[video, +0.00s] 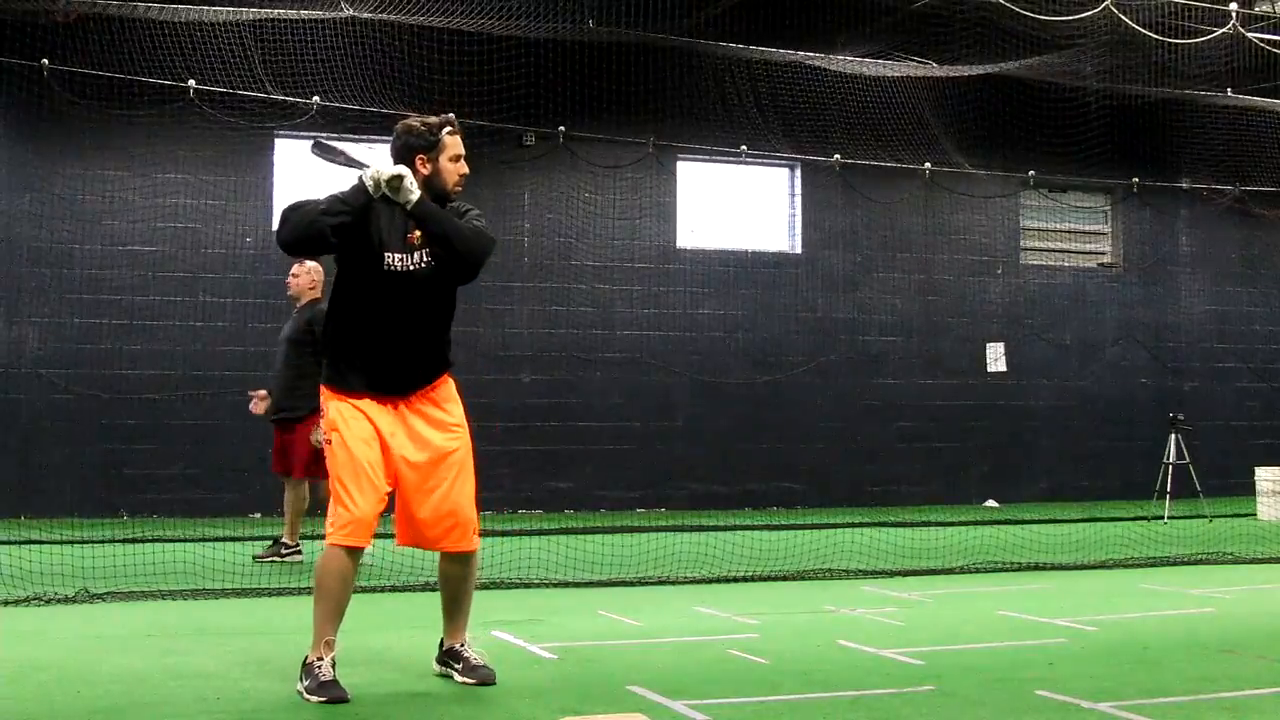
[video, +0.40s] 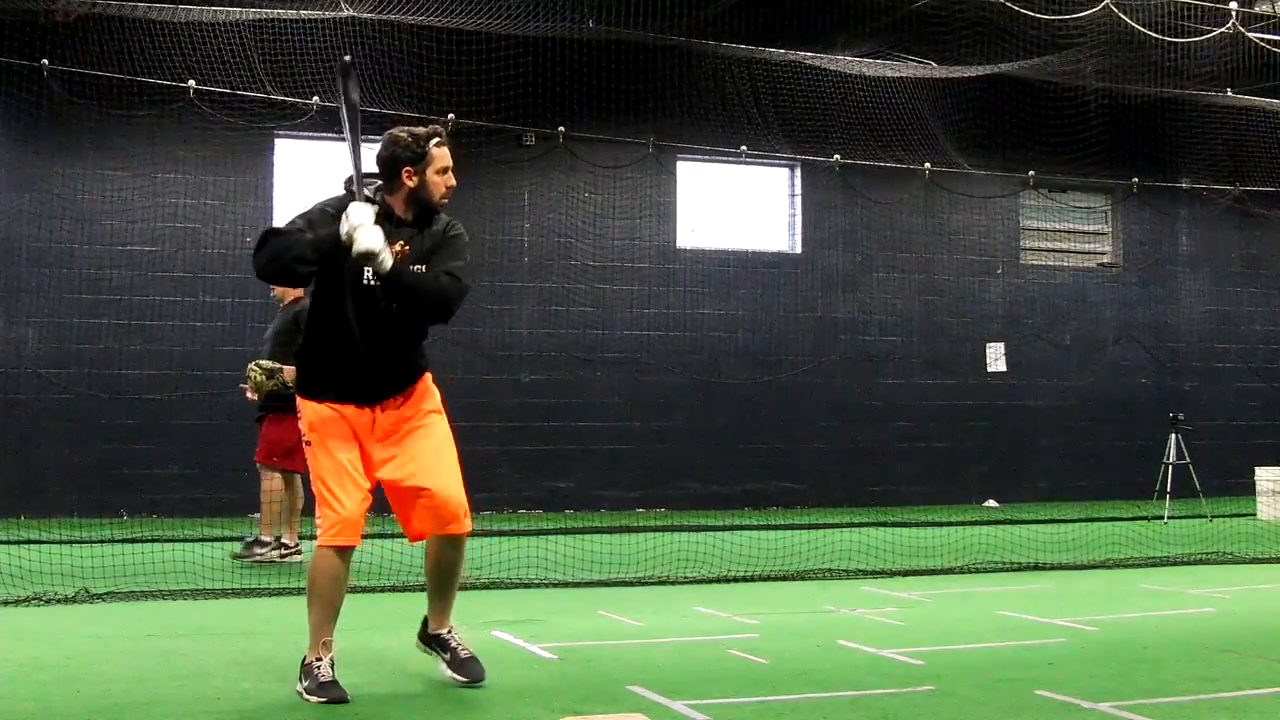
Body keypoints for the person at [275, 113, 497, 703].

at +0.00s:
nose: (464, 167)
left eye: (463, 157)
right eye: (455, 158)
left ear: (434, 163)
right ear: (421, 163)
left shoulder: (457, 219)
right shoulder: (360, 210)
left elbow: (474, 252)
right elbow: (291, 235)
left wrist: (416, 200)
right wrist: (362, 192)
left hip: (430, 395)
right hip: (354, 397)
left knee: (459, 527)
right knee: (353, 523)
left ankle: (454, 646)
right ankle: (320, 657)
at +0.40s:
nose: (450, 181)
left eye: (451, 171)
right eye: (442, 172)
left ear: (416, 175)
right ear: (407, 176)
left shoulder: (443, 232)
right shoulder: (343, 214)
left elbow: (445, 300)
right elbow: (266, 257)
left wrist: (386, 259)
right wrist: (339, 236)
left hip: (409, 400)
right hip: (332, 404)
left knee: (451, 516)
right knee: (342, 525)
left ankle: (438, 629)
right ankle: (318, 658)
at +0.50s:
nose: (452, 184)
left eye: (452, 174)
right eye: (443, 175)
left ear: (418, 178)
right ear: (407, 179)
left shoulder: (444, 237)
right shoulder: (343, 217)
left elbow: (436, 310)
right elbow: (261, 266)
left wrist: (375, 287)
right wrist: (324, 257)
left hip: (409, 400)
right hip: (333, 404)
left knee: (444, 517)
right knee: (341, 530)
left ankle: (426, 641)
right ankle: (319, 659)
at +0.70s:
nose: (462, 199)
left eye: (462, 188)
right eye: (452, 189)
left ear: (428, 190)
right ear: (414, 192)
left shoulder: (452, 252)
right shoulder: (349, 225)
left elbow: (428, 328)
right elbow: (264, 259)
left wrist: (343, 314)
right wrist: (302, 272)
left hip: (423, 401)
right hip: (345, 407)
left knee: (468, 502)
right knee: (343, 528)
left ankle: (437, 627)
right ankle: (319, 658)